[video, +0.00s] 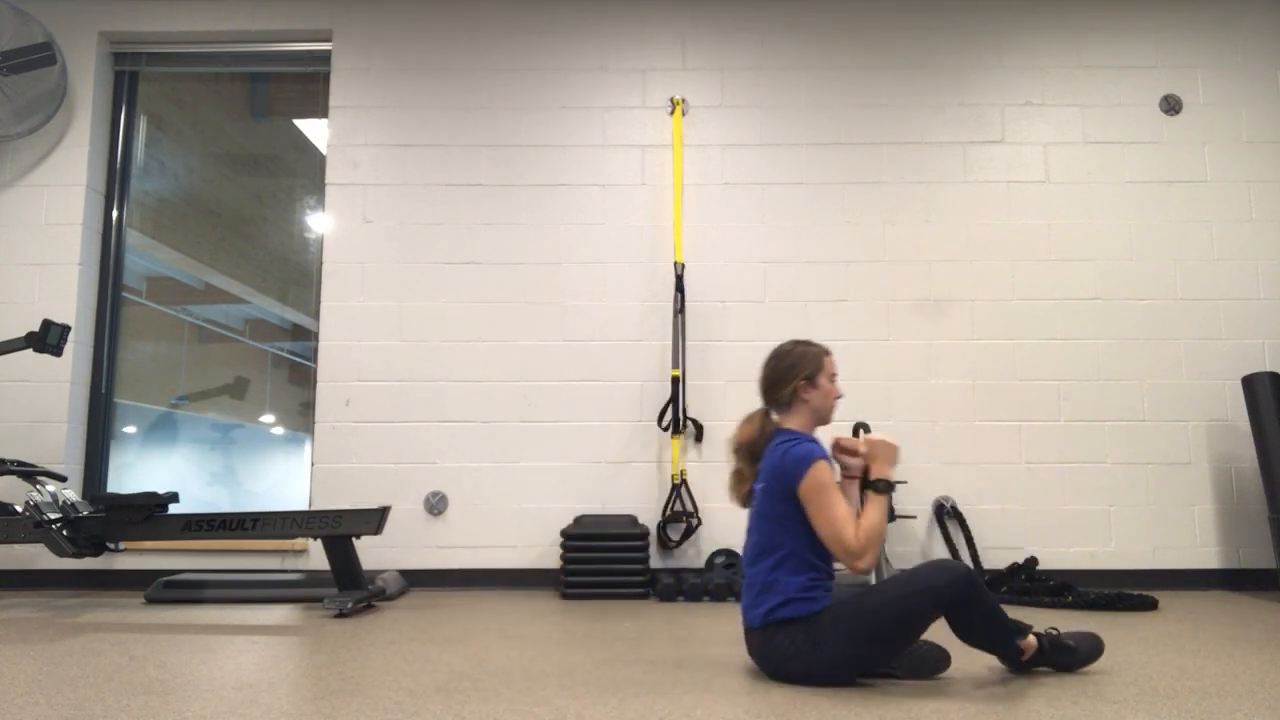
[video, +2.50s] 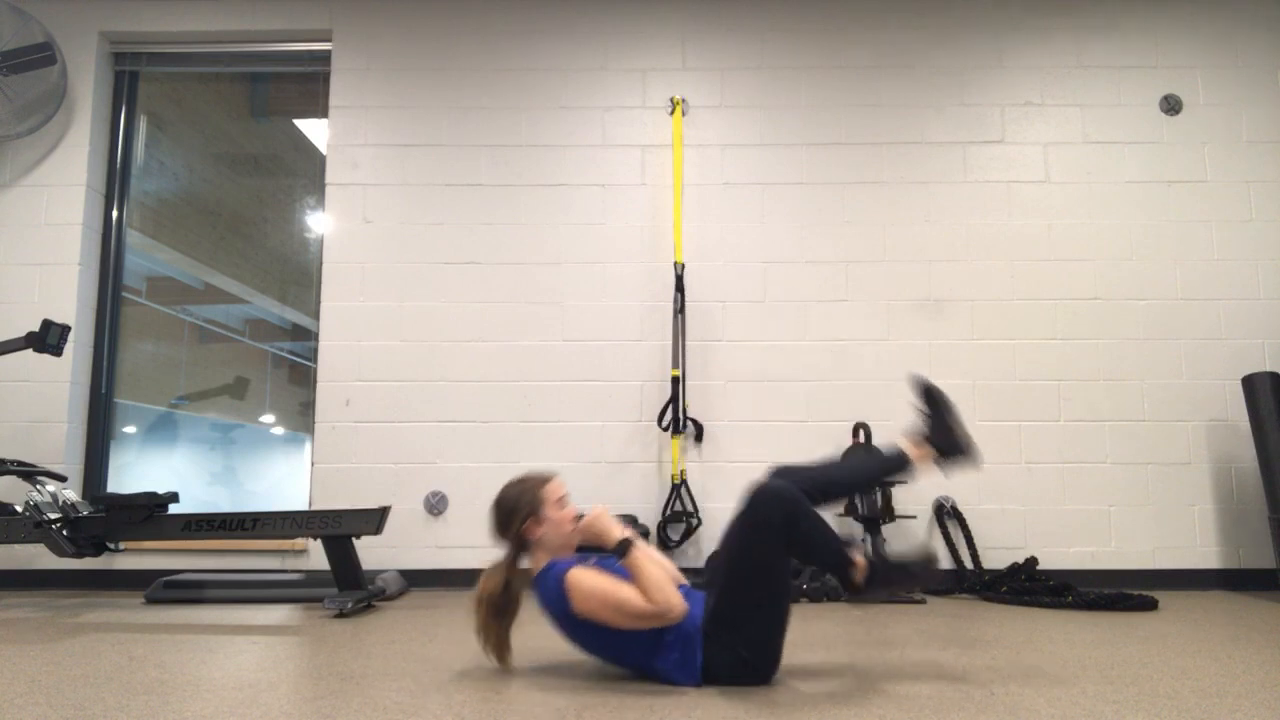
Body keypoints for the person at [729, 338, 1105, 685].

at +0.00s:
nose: (838, 391)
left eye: (835, 380)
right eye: (831, 380)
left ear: (794, 389)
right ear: (802, 388)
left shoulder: (783, 448)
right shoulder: (799, 454)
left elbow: (840, 550)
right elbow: (860, 554)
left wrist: (852, 481)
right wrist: (882, 476)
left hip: (779, 630)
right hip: (793, 640)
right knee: (951, 577)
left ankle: (883, 652)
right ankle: (1025, 647)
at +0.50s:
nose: (858, 389)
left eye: (855, 379)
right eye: (852, 380)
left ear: (817, 390)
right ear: (824, 388)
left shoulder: (803, 446)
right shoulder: (818, 451)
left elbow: (852, 553)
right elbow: (872, 557)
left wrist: (867, 479)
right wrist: (898, 479)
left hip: (785, 631)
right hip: (799, 639)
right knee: (952, 566)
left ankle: (879, 651)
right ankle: (1023, 642)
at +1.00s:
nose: (730, 407)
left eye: (724, 396)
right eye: (720, 398)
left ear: (691, 414)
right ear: (692, 414)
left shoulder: (696, 474)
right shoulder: (704, 480)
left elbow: (770, 557)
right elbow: (786, 563)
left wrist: (765, 484)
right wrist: (783, 481)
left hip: (768, 632)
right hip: (779, 642)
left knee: (841, 543)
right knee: (918, 537)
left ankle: (863, 646)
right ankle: (1002, 634)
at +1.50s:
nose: (567, 508)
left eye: (558, 499)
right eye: (553, 505)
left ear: (535, 532)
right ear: (531, 535)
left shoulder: (567, 569)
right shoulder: (579, 574)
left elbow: (617, 514)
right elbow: (685, 591)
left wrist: (611, 526)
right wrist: (638, 530)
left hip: (725, 630)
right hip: (738, 642)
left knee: (763, 478)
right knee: (773, 474)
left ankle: (886, 537)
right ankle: (931, 490)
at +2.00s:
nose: (481, 578)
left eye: (469, 577)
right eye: (467, 585)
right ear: (466, 625)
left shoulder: (532, 617)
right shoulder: (528, 641)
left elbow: (630, 569)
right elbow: (622, 598)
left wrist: (548, 570)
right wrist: (547, 571)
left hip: (689, 591)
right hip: (701, 609)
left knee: (629, 451)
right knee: (604, 471)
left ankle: (711, 325)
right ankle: (736, 416)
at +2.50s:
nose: (573, 507)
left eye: (567, 500)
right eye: (560, 505)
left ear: (549, 524)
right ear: (534, 532)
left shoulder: (574, 559)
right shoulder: (567, 580)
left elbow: (667, 587)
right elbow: (668, 606)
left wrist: (622, 538)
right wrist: (618, 538)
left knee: (780, 486)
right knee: (771, 498)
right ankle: (853, 569)